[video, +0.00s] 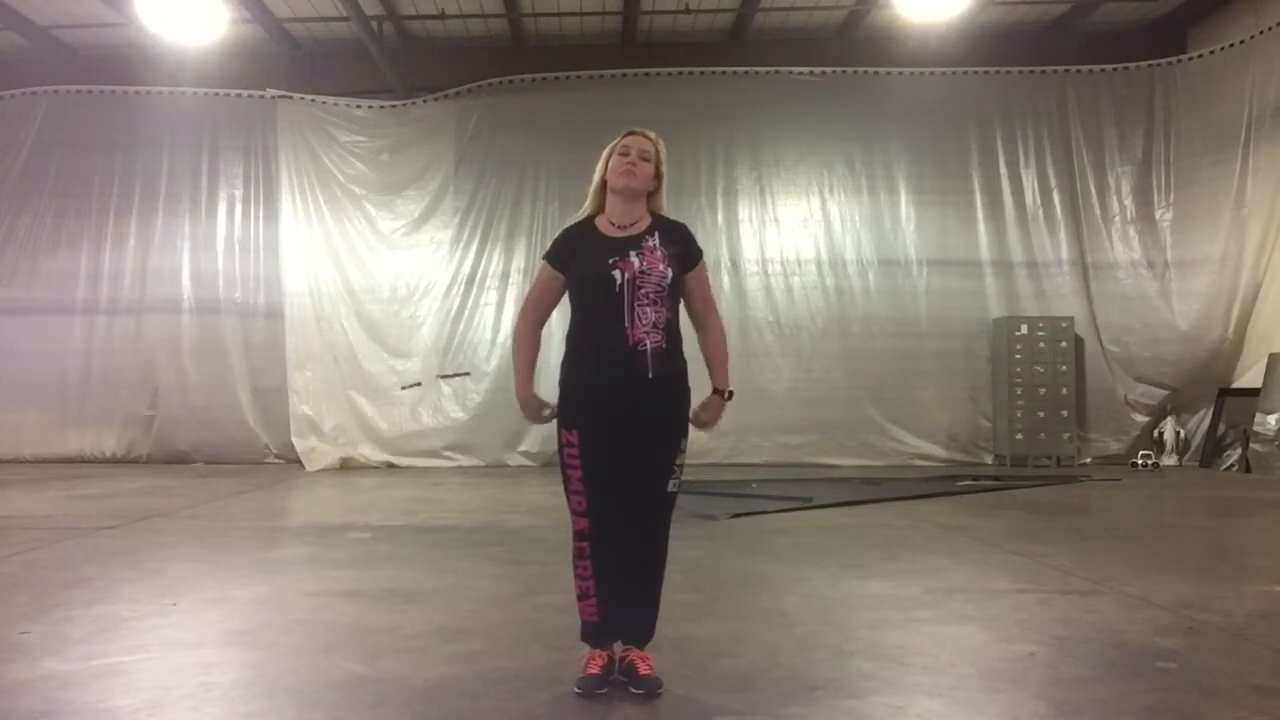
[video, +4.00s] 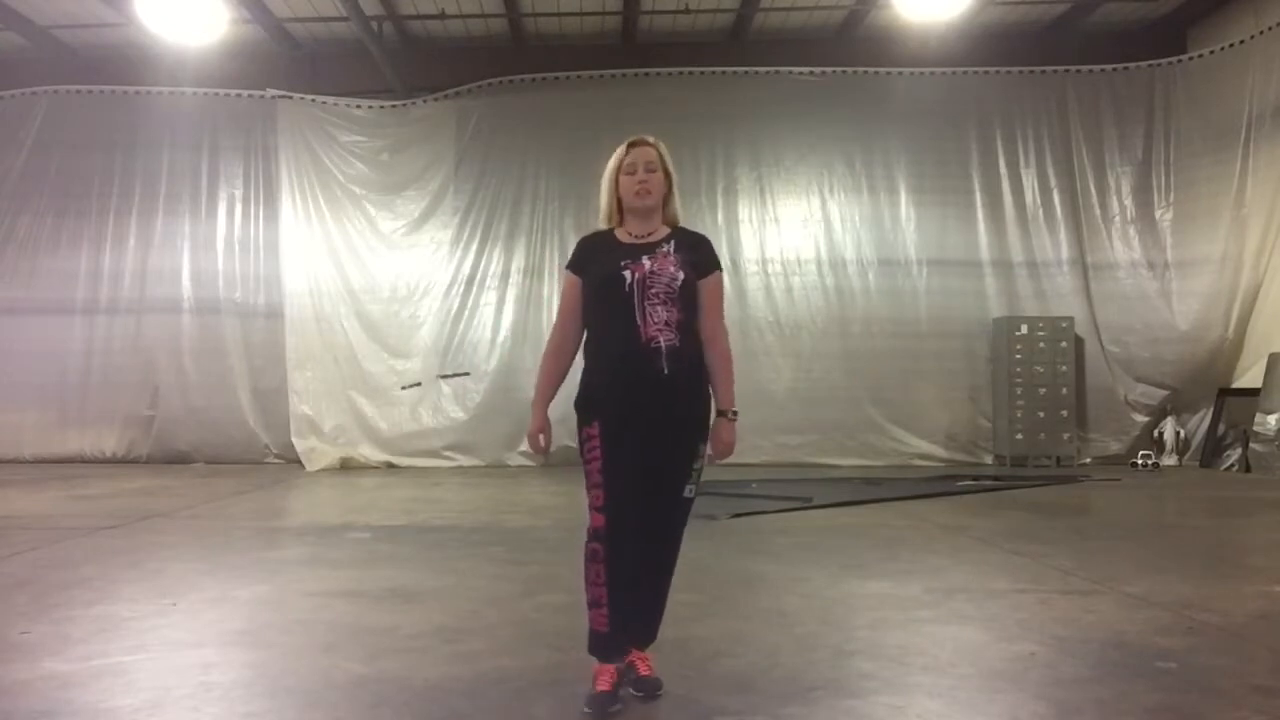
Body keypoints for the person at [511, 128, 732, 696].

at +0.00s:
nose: (631, 163)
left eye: (643, 158)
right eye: (622, 155)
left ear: (657, 177)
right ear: (604, 168)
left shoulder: (676, 239)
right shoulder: (576, 240)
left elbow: (706, 317)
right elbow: (531, 314)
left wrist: (721, 388)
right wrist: (523, 390)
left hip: (659, 406)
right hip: (589, 405)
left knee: (647, 524)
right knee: (593, 527)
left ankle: (634, 649)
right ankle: (599, 649)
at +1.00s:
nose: (633, 179)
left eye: (645, 172)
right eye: (624, 170)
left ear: (659, 184)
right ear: (606, 179)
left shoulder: (681, 248)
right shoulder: (579, 247)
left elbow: (702, 329)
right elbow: (553, 332)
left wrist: (721, 405)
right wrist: (523, 402)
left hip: (668, 412)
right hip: (599, 411)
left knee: (653, 526)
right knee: (599, 529)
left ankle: (635, 649)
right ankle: (600, 651)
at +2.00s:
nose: (634, 181)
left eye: (646, 172)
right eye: (625, 171)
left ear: (661, 182)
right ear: (608, 179)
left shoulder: (686, 247)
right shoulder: (583, 247)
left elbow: (707, 330)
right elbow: (557, 335)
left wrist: (727, 402)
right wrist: (531, 407)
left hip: (669, 411)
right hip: (600, 409)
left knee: (653, 526)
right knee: (601, 528)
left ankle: (635, 649)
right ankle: (599, 650)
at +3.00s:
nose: (639, 185)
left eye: (650, 175)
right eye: (629, 175)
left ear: (664, 182)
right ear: (612, 183)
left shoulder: (689, 250)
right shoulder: (586, 247)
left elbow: (708, 332)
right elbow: (557, 333)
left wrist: (729, 407)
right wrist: (533, 404)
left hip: (671, 413)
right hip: (602, 411)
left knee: (654, 528)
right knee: (603, 530)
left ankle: (636, 649)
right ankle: (599, 649)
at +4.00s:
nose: (641, 178)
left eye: (651, 170)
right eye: (630, 170)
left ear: (667, 180)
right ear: (615, 182)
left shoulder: (695, 248)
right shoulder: (592, 249)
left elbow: (713, 335)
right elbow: (565, 334)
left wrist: (725, 410)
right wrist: (540, 404)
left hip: (678, 411)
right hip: (608, 410)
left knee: (660, 528)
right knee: (608, 528)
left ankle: (639, 649)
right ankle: (607, 660)